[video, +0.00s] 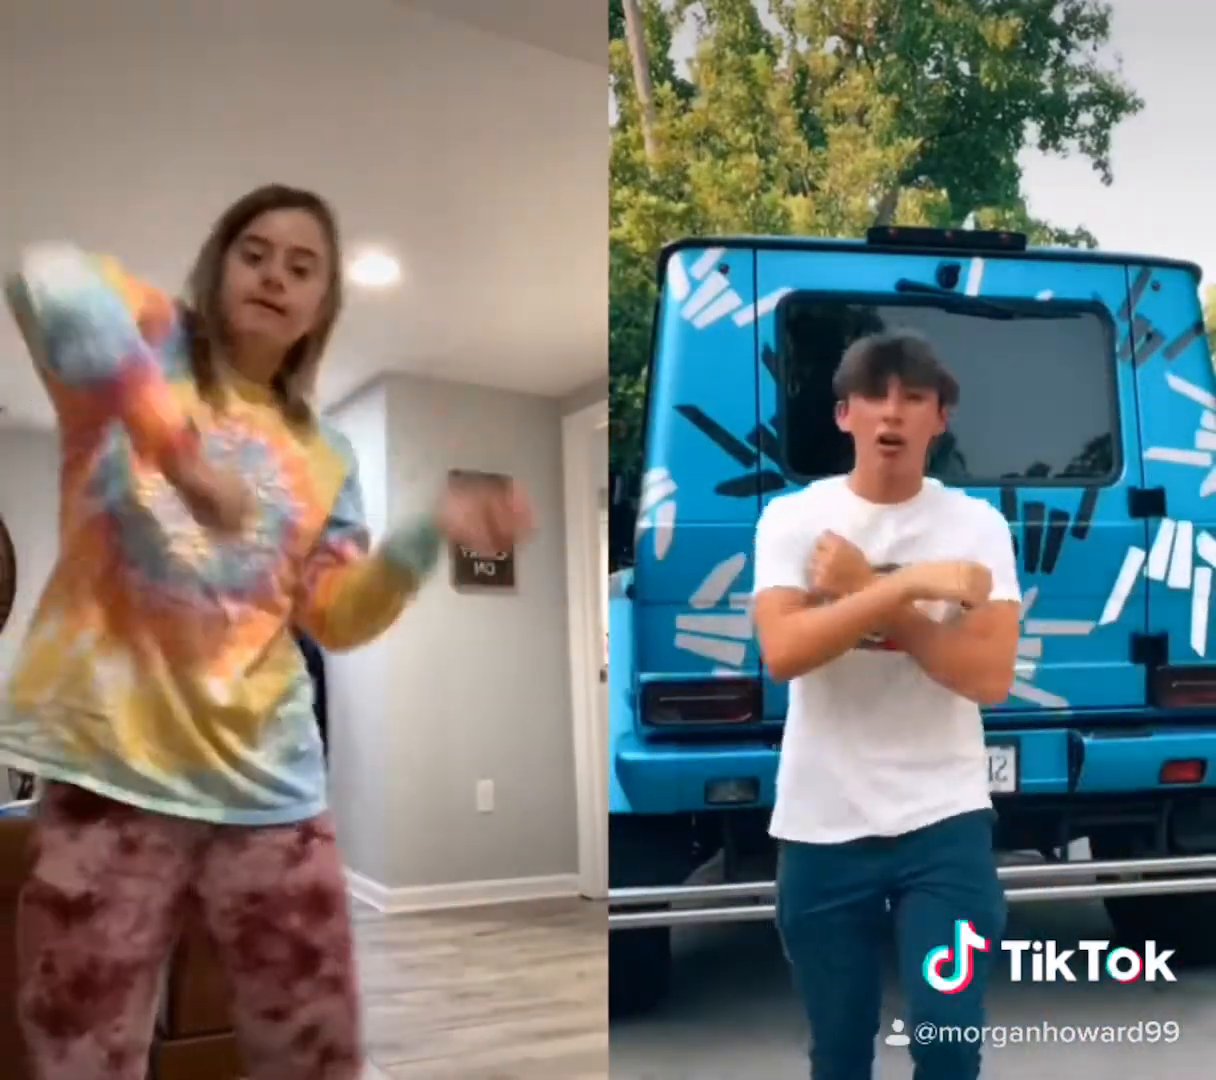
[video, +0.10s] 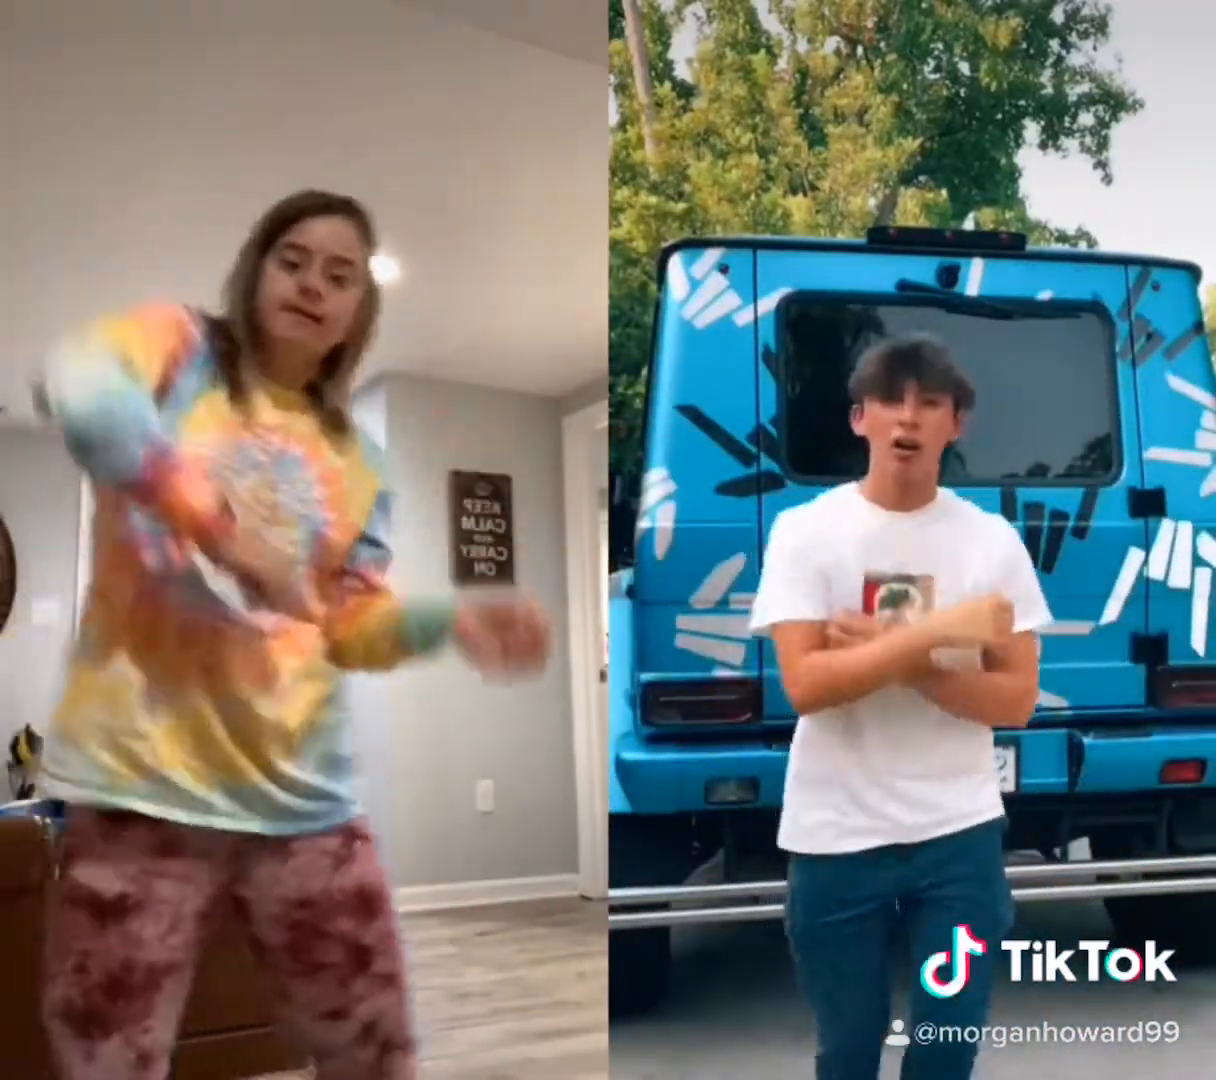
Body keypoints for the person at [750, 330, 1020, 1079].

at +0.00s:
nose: (893, 416)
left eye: (912, 401)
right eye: (876, 400)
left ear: (940, 419)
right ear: (845, 416)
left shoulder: (978, 524)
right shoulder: (792, 518)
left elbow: (990, 676)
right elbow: (783, 652)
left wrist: (870, 594)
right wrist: (914, 582)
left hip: (947, 824)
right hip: (823, 833)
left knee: (950, 1049)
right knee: (839, 1056)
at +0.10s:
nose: (909, 421)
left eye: (929, 405)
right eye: (892, 404)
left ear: (955, 424)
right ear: (861, 419)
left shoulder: (994, 544)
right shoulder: (804, 534)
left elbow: (1017, 703)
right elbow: (804, 684)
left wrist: (895, 651)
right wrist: (939, 630)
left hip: (962, 840)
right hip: (836, 847)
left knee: (947, 1055)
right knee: (849, 1056)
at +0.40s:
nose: (991, 433)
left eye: (1008, 416)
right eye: (973, 412)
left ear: (1025, 430)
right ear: (927, 420)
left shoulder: (1014, 538)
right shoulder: (874, 543)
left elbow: (1033, 660)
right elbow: (833, 715)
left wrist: (1077, 721)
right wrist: (862, 877)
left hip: (988, 840)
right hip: (904, 854)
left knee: (974, 1051)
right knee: (942, 1057)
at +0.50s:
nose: (1024, 432)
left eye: (1037, 415)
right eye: (1002, 408)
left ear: (1050, 429)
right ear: (949, 418)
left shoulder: (1005, 527)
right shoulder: (916, 535)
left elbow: (1034, 669)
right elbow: (841, 697)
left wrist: (1144, 699)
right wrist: (809, 864)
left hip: (984, 846)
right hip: (924, 861)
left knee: (946, 1059)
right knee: (970, 1063)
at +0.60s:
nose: (1053, 464)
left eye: (1064, 446)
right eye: (1032, 442)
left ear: (1074, 460)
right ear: (974, 453)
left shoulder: (997, 558)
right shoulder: (968, 558)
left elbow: (1034, 704)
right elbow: (871, 717)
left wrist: (1174, 712)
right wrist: (794, 882)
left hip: (982, 886)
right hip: (952, 897)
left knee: (1054, 1063)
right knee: (1033, 1069)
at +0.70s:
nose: (1090, 471)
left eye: (1100, 454)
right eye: (1069, 449)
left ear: (1109, 463)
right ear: (1008, 457)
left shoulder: (992, 554)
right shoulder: (1018, 567)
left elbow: (1029, 726)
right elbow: (948, 744)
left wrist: (1167, 766)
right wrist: (896, 926)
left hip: (1021, 883)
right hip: (984, 914)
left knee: (1122, 1040)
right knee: (1038, 1067)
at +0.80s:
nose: (1133, 445)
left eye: (1144, 428)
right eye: (1113, 422)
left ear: (1154, 436)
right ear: (1053, 428)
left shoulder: (1025, 524)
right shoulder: (1068, 532)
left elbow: (1026, 726)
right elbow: (1074, 726)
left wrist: (1107, 818)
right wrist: (1116, 902)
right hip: (1016, 873)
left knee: (1163, 1020)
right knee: (1028, 1062)